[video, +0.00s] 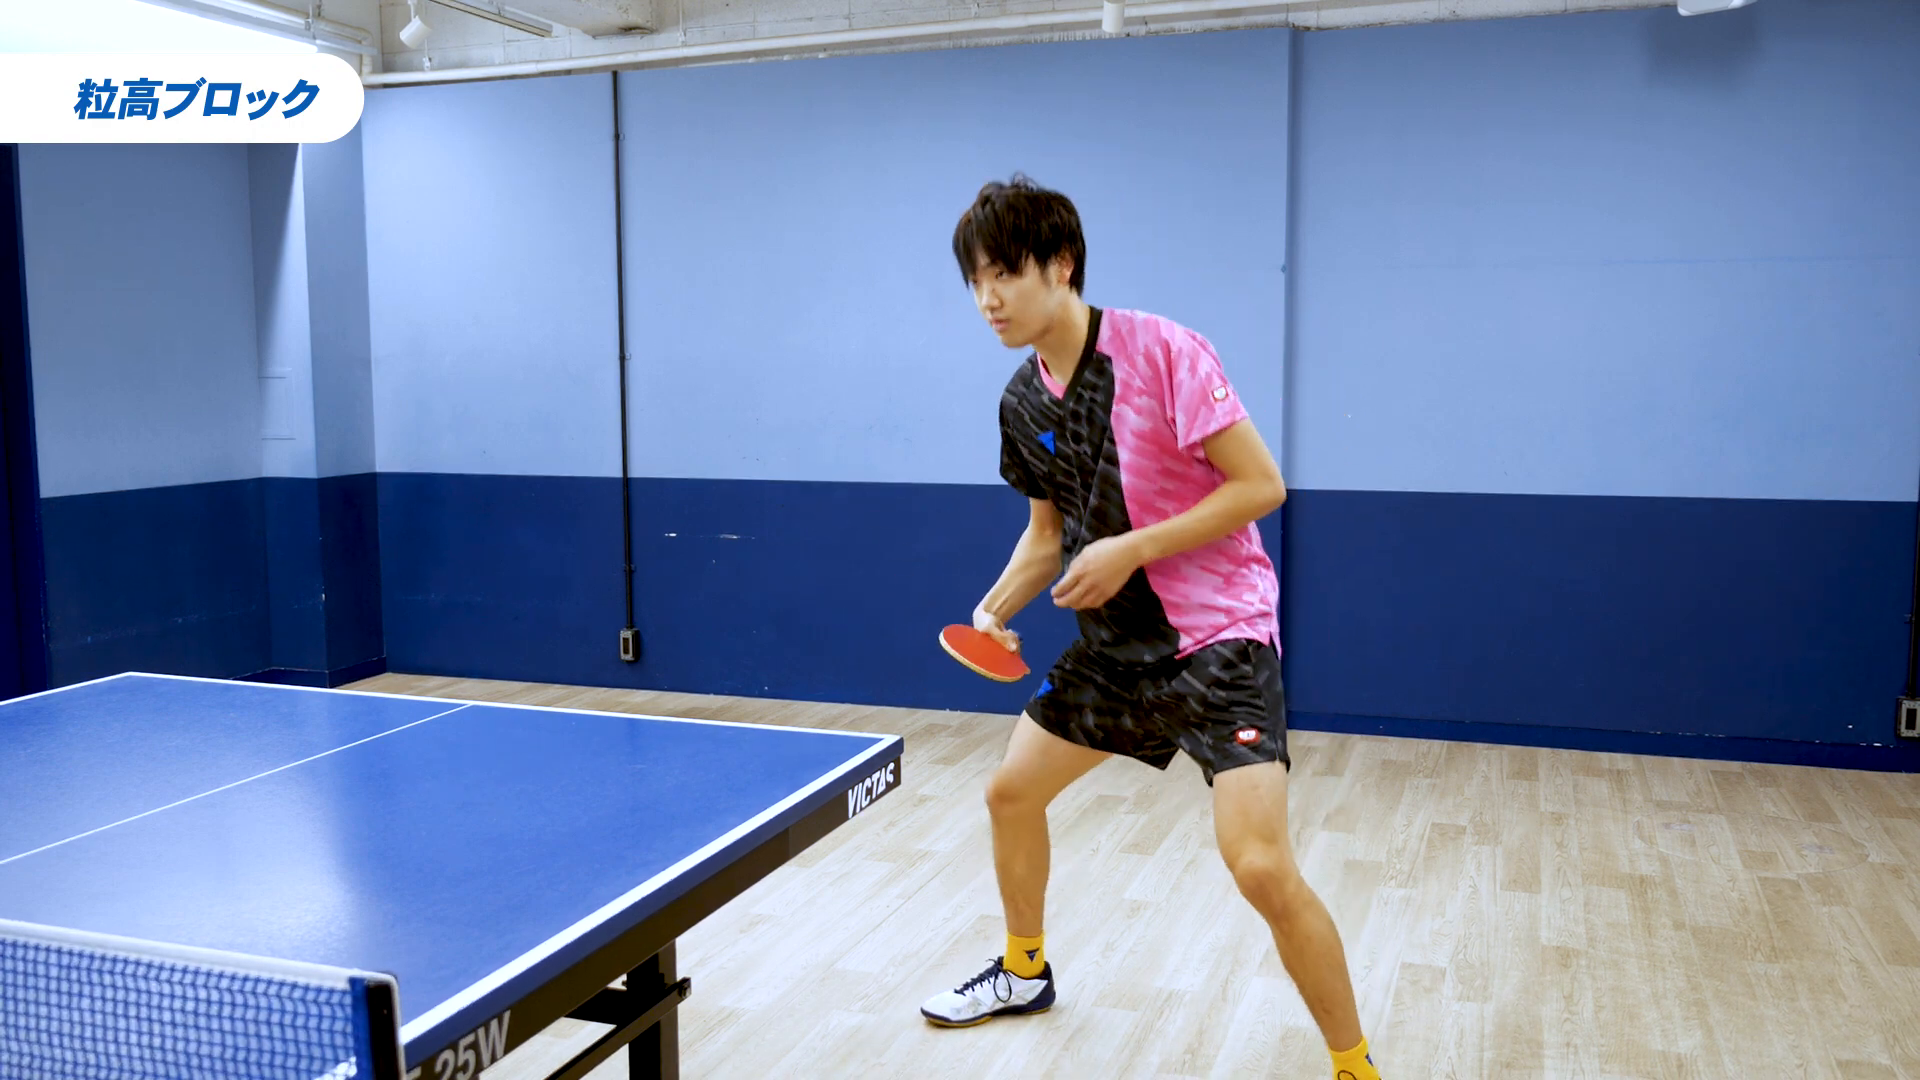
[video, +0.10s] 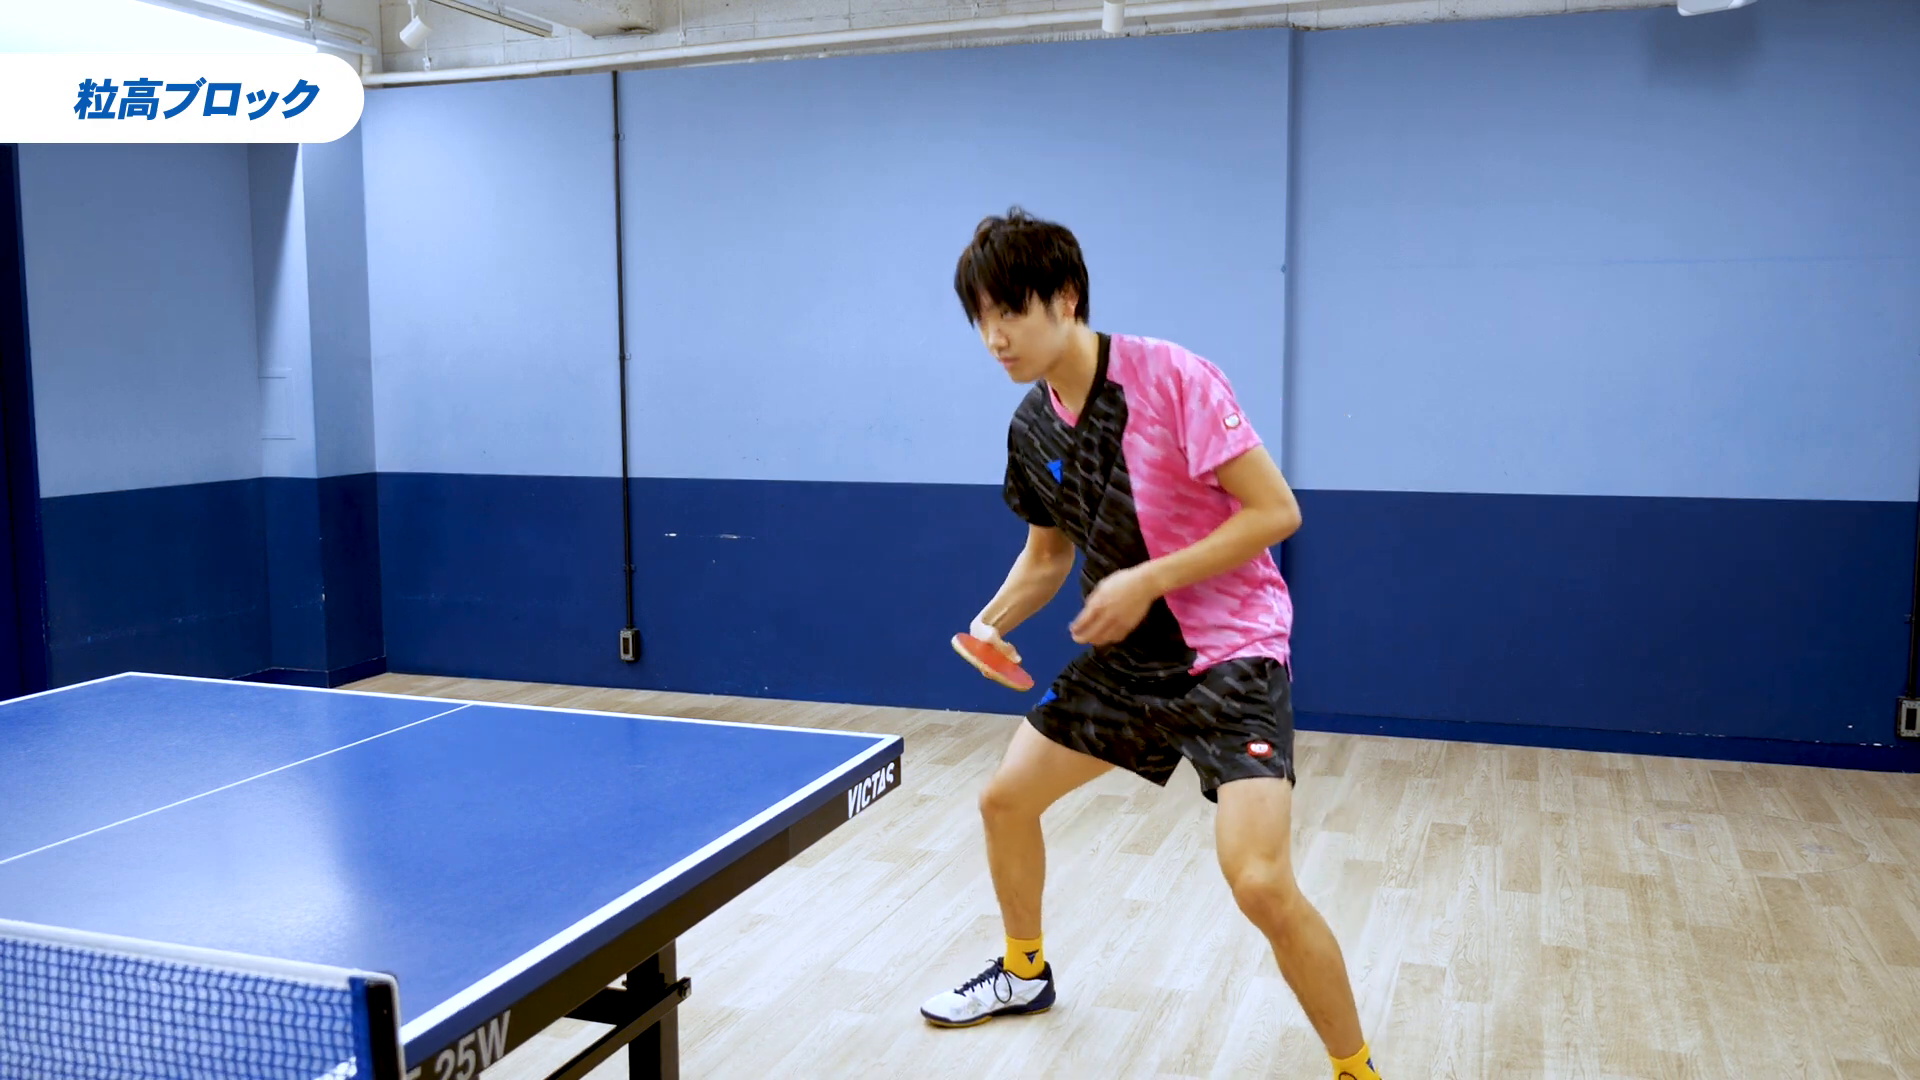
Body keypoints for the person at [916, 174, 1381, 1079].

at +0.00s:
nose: (988, 298)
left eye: (1003, 273)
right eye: (976, 280)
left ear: (1060, 266)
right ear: (970, 286)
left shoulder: (1164, 352)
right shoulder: (1024, 402)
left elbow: (1261, 485)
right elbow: (1046, 535)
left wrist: (1132, 548)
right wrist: (993, 612)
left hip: (1222, 636)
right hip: (1118, 640)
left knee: (1260, 867)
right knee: (1012, 793)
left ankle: (1354, 1064)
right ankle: (1022, 969)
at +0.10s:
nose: (993, 336)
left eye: (1007, 310)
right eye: (980, 318)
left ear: (1065, 299)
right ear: (975, 326)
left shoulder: (1175, 379)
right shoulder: (1033, 427)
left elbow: (1275, 510)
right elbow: (1048, 552)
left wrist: (1151, 578)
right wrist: (991, 623)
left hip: (1234, 650)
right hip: (1130, 652)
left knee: (1259, 881)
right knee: (1005, 801)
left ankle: (1355, 1069)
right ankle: (1023, 971)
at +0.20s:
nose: (1003, 367)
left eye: (1015, 341)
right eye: (989, 350)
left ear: (1072, 321)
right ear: (983, 352)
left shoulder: (1191, 391)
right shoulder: (1037, 445)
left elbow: (1297, 516)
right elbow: (1042, 565)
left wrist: (1179, 598)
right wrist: (996, 613)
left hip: (1246, 654)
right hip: (1138, 659)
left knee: (1268, 887)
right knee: (1008, 808)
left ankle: (1356, 1068)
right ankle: (1023, 972)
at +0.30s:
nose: (1016, 382)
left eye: (1028, 355)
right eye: (1000, 365)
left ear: (1083, 329)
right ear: (994, 363)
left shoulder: (1208, 387)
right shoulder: (1044, 450)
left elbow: (1319, 505)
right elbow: (1036, 578)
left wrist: (1213, 593)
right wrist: (1001, 604)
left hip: (1260, 650)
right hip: (1149, 656)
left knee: (1281, 884)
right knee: (1021, 813)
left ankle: (1358, 1069)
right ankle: (1024, 973)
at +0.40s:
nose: (1035, 380)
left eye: (1047, 354)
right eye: (1019, 364)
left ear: (1101, 325)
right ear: (1011, 362)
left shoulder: (1229, 370)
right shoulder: (1052, 443)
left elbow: (1337, 485)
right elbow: (1052, 584)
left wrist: (1247, 577)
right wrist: (1022, 591)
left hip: (1272, 644)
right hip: (1151, 650)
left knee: (1299, 876)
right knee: (1038, 814)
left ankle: (1361, 1067)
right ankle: (1025, 973)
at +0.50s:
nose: (1059, 352)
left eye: (1072, 326)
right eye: (1041, 335)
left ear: (1128, 299)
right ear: (1028, 333)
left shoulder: (1251, 345)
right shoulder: (1064, 436)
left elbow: (1352, 457)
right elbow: (1047, 580)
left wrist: (1274, 550)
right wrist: (1009, 602)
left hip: (1284, 630)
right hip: (1163, 637)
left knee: (1316, 866)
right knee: (1055, 807)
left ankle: (1363, 1067)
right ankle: (1025, 970)